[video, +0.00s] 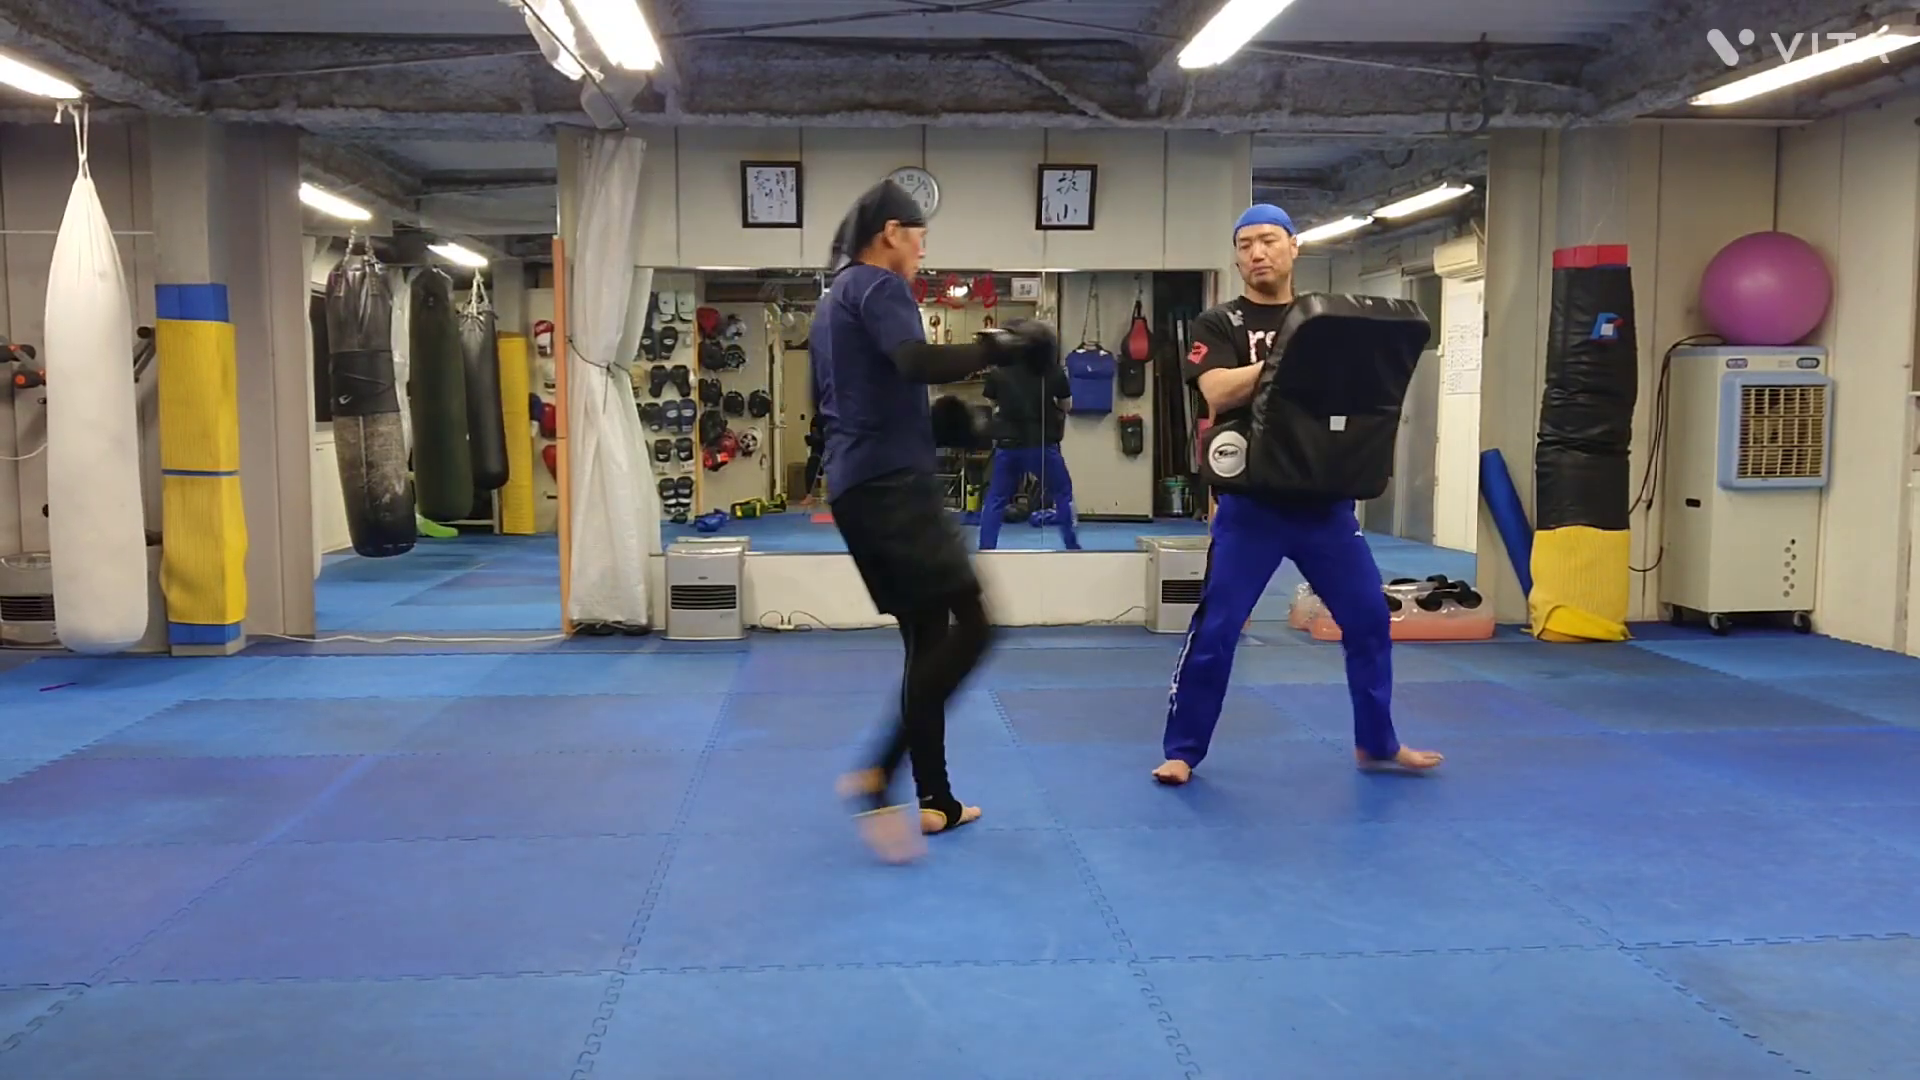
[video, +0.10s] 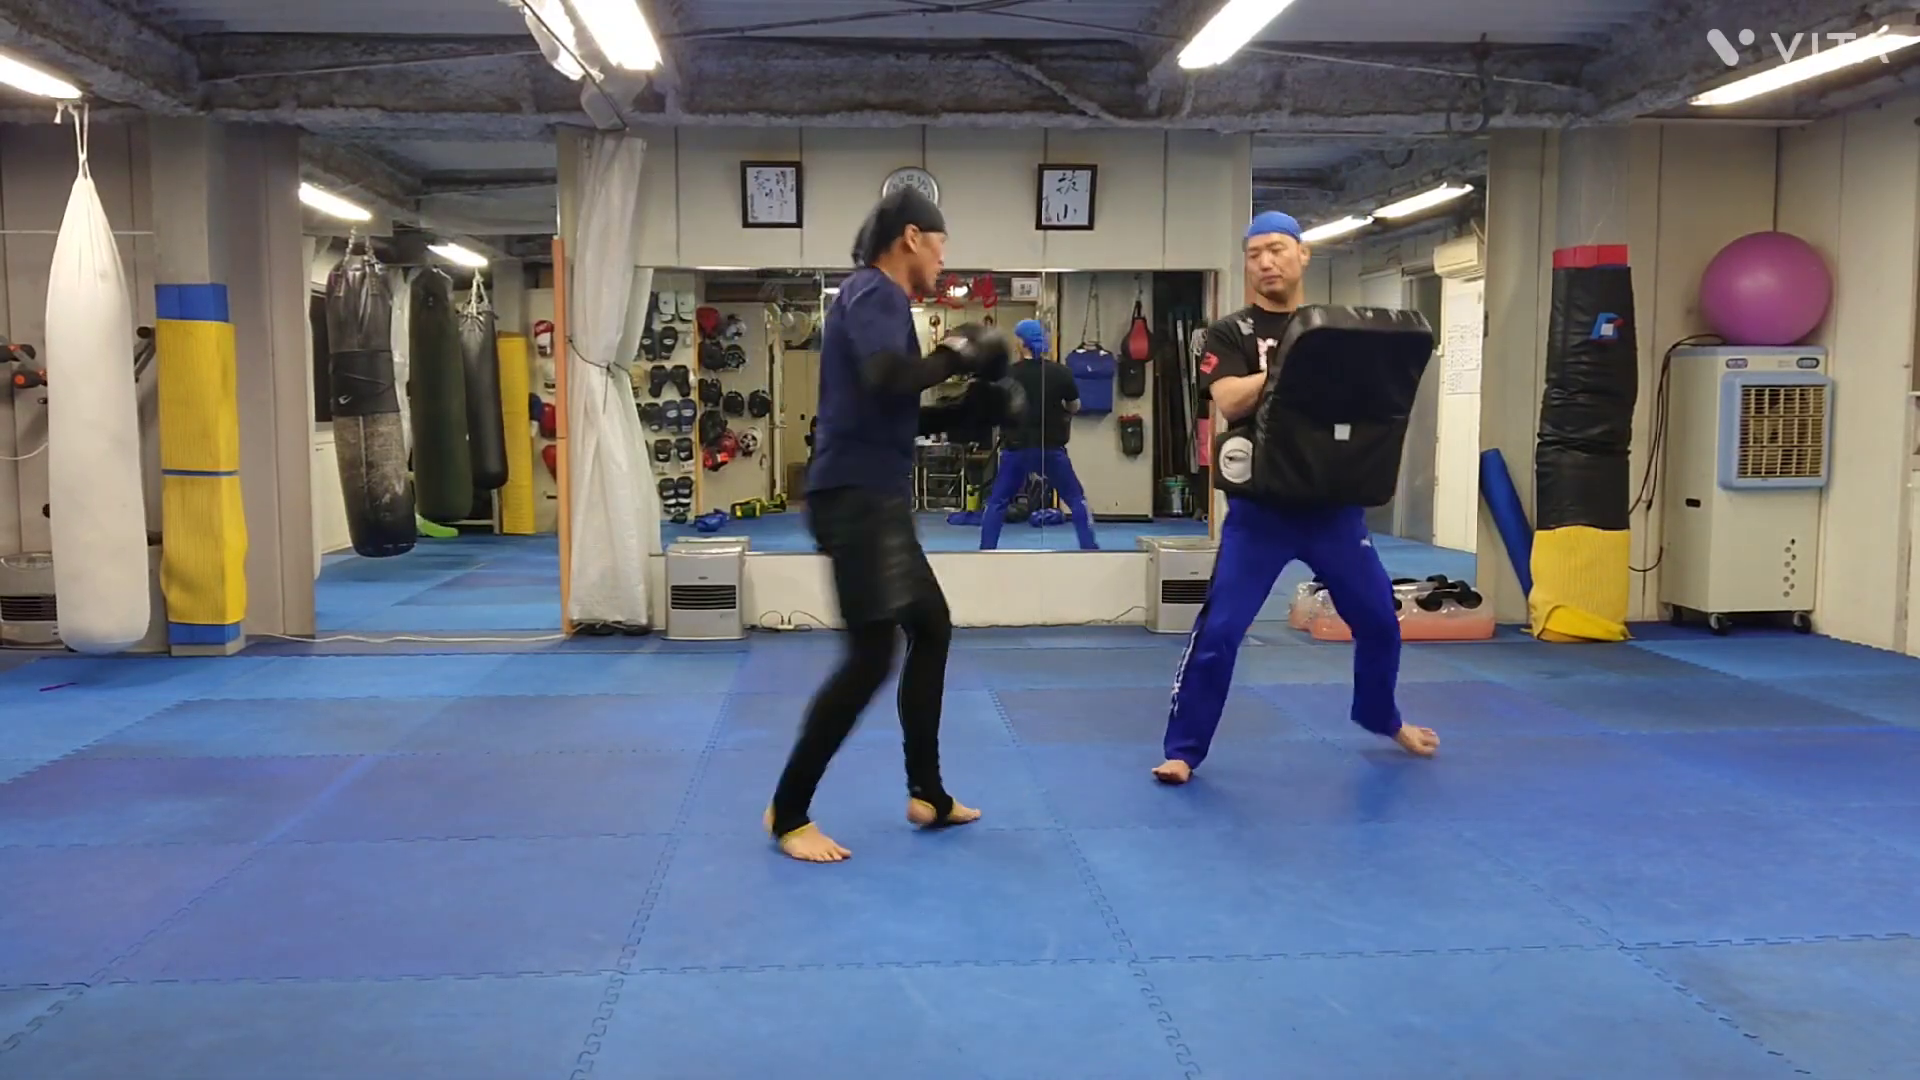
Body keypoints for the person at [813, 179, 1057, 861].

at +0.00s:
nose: (923, 251)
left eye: (923, 238)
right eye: (918, 237)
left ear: (871, 236)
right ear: (888, 233)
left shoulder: (837, 295)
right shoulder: (881, 285)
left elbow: (848, 408)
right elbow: (912, 359)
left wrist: (933, 421)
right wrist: (1002, 348)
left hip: (860, 487)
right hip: (893, 483)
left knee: (925, 636)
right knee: (971, 624)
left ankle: (937, 800)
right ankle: (877, 778)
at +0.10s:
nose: (944, 260)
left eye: (945, 247)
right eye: (941, 246)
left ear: (904, 239)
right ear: (911, 238)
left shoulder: (884, 302)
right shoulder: (871, 292)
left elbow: (897, 412)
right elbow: (885, 374)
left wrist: (973, 407)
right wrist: (963, 354)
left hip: (879, 498)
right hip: (852, 498)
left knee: (932, 626)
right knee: (874, 651)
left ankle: (926, 794)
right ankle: (788, 815)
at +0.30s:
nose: (961, 269)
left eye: (962, 256)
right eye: (957, 254)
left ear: (924, 252)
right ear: (926, 248)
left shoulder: (915, 326)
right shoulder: (866, 308)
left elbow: (946, 400)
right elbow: (830, 400)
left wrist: (1015, 390)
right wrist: (924, 427)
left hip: (870, 509)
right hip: (824, 508)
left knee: (933, 613)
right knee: (838, 658)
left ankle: (911, 772)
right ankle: (783, 823)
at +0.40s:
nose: (963, 265)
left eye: (964, 252)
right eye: (959, 250)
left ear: (928, 248)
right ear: (930, 244)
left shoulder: (926, 321)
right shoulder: (872, 305)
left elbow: (963, 395)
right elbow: (829, 393)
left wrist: (1031, 396)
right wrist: (928, 410)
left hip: (889, 510)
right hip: (839, 509)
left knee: (947, 610)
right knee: (838, 658)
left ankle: (939, 771)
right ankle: (782, 821)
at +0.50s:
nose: (967, 270)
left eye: (968, 258)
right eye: (964, 256)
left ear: (932, 252)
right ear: (937, 250)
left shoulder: (932, 326)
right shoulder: (881, 316)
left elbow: (953, 413)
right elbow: (877, 396)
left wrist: (1022, 419)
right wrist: (966, 377)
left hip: (913, 515)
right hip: (861, 517)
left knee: (969, 617)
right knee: (848, 657)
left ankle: (997, 761)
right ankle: (782, 822)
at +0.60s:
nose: (971, 270)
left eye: (969, 259)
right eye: (966, 258)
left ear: (925, 261)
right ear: (944, 257)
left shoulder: (916, 325)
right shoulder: (926, 323)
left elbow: (877, 432)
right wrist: (1025, 317)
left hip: (944, 518)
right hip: (912, 517)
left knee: (1013, 612)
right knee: (879, 655)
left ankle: (1036, 768)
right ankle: (789, 819)